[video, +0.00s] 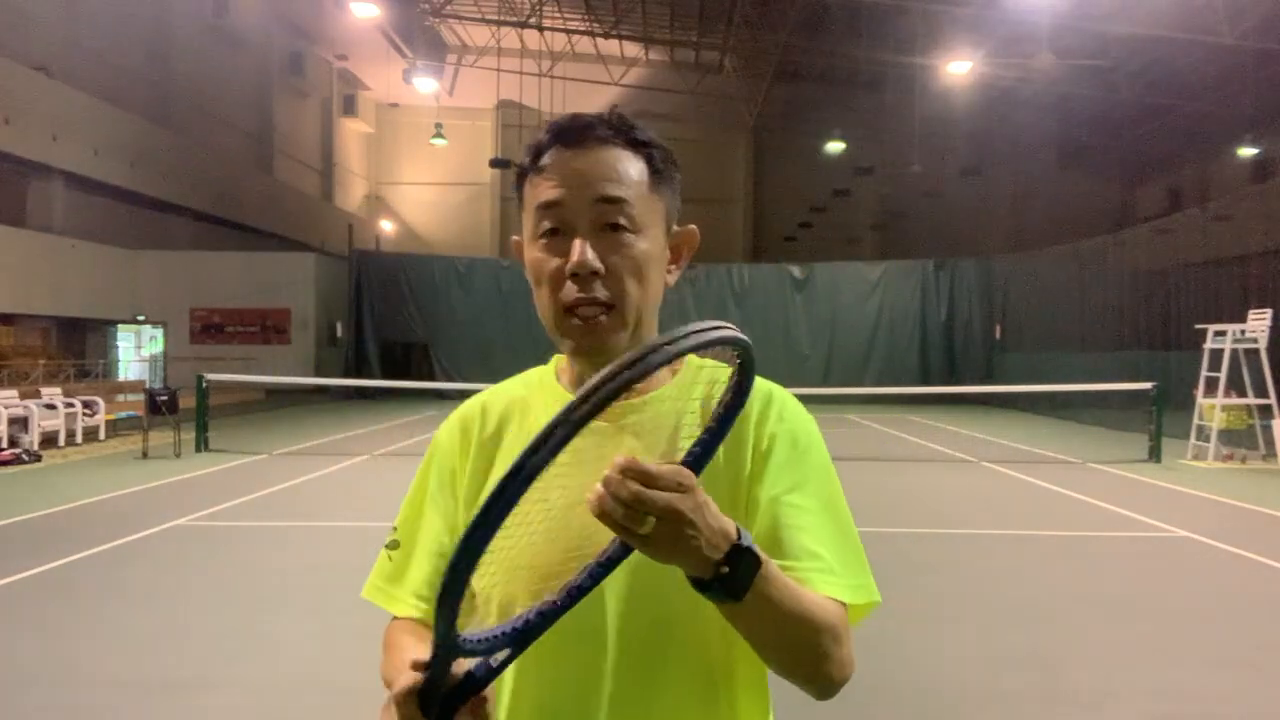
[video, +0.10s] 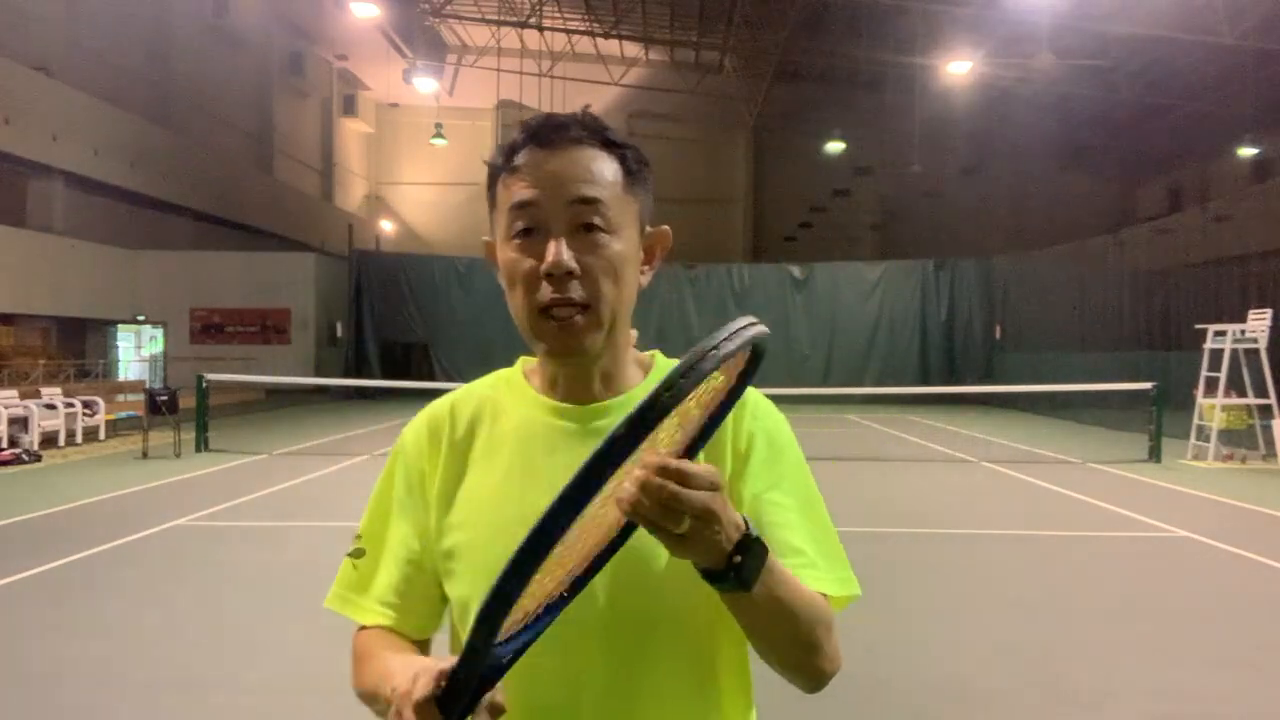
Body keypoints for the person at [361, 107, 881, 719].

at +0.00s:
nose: (581, 259)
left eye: (614, 226)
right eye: (552, 231)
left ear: (676, 254)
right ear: (523, 254)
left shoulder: (759, 418)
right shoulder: (477, 427)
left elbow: (828, 667)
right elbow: (414, 620)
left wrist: (717, 558)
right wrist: (424, 688)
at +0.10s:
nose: (557, 259)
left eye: (590, 229)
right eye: (528, 231)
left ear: (650, 254)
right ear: (496, 257)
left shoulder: (734, 421)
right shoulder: (444, 435)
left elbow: (816, 662)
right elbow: (381, 645)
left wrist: (728, 553)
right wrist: (414, 683)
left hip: (691, 709)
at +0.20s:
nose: (518, 264)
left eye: (549, 230)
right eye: (486, 236)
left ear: (606, 257)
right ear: (453, 264)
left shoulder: (688, 420)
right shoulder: (394, 442)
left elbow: (779, 668)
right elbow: (324, 671)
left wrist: (725, 549)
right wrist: (398, 678)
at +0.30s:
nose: (461, 264)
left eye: (492, 229)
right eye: (428, 235)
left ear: (549, 254)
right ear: (392, 262)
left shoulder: (633, 428)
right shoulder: (330, 444)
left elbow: (715, 672)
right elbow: (260, 686)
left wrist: (710, 597)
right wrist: (374, 665)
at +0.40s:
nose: (404, 264)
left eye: (435, 228)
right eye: (369, 236)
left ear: (495, 251)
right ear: (334, 268)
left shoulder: (574, 421)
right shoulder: (278, 444)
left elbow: (642, 609)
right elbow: (218, 689)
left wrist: (673, 645)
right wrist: (370, 651)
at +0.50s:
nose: (370, 263)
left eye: (398, 224)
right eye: (333, 233)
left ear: (458, 247)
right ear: (296, 266)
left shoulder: (527, 409)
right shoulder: (240, 443)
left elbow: (586, 595)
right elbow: (195, 695)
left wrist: (644, 689)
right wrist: (380, 638)